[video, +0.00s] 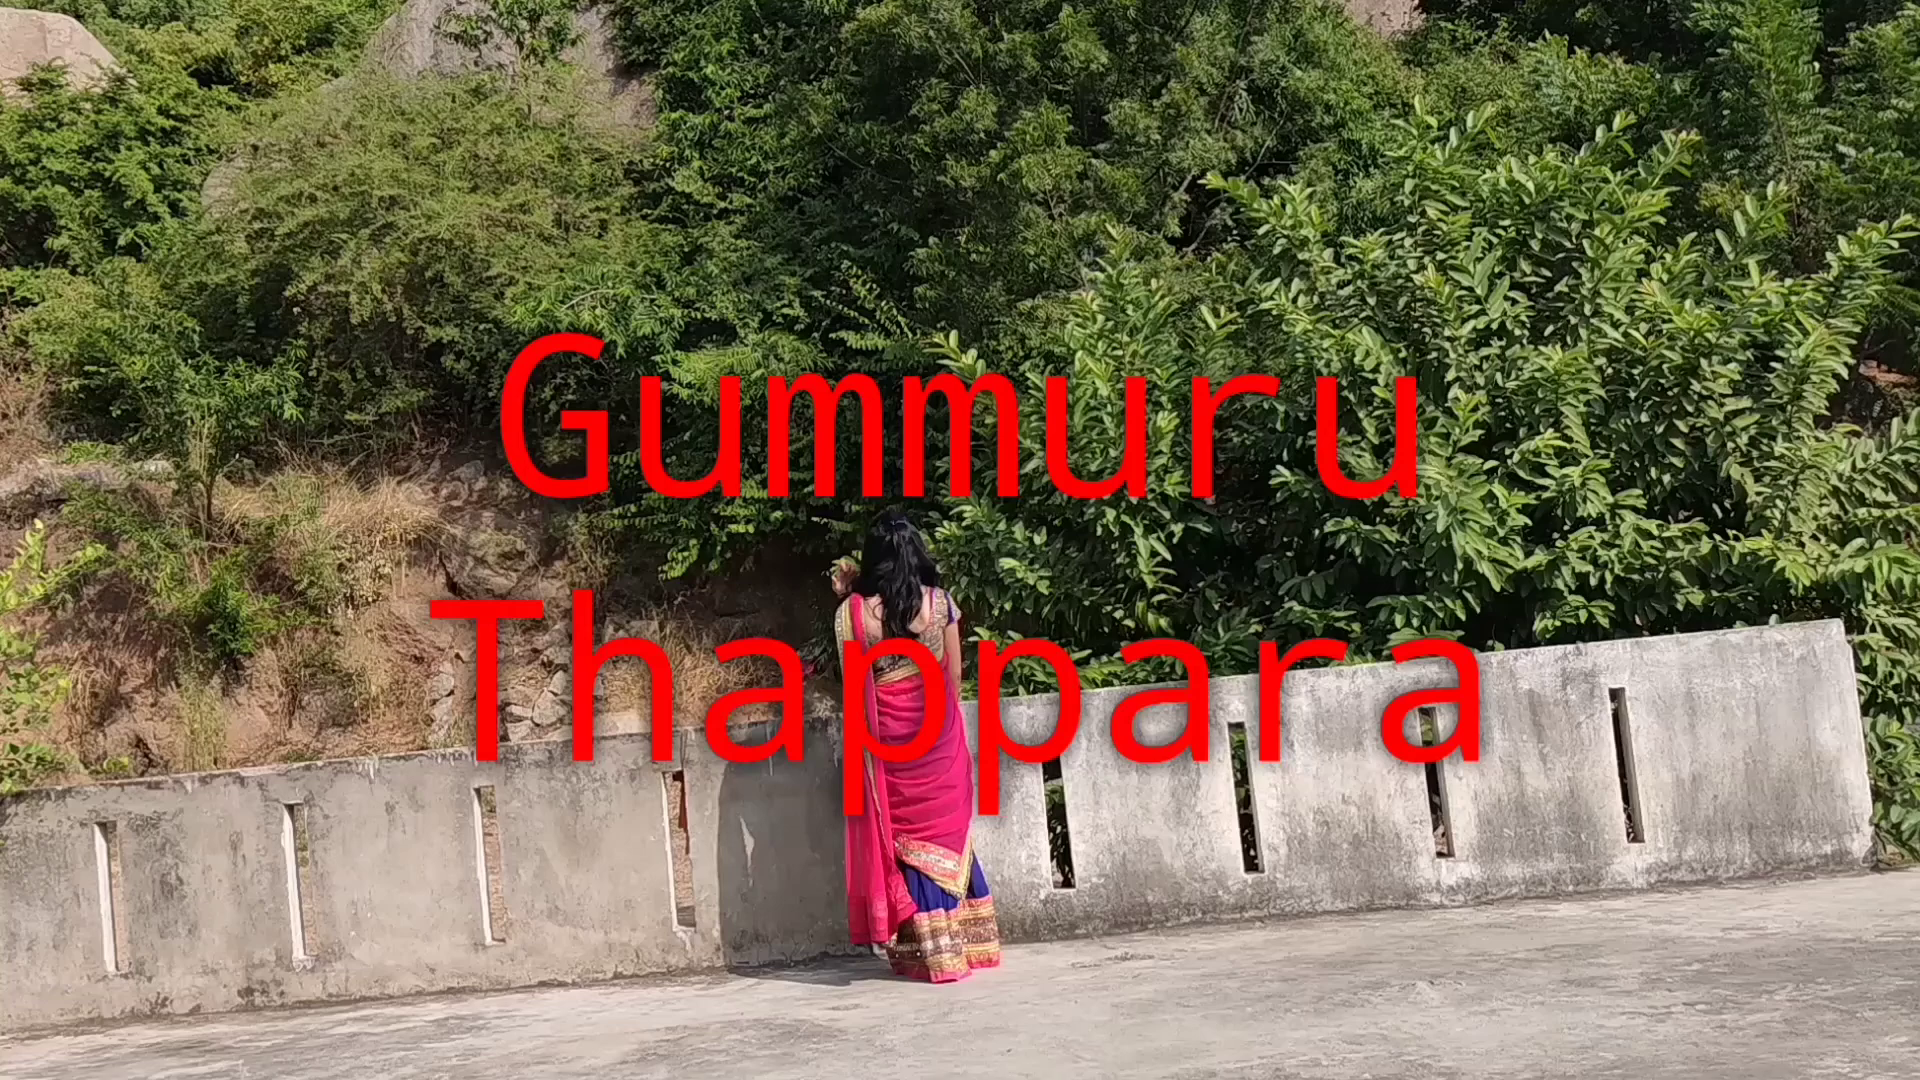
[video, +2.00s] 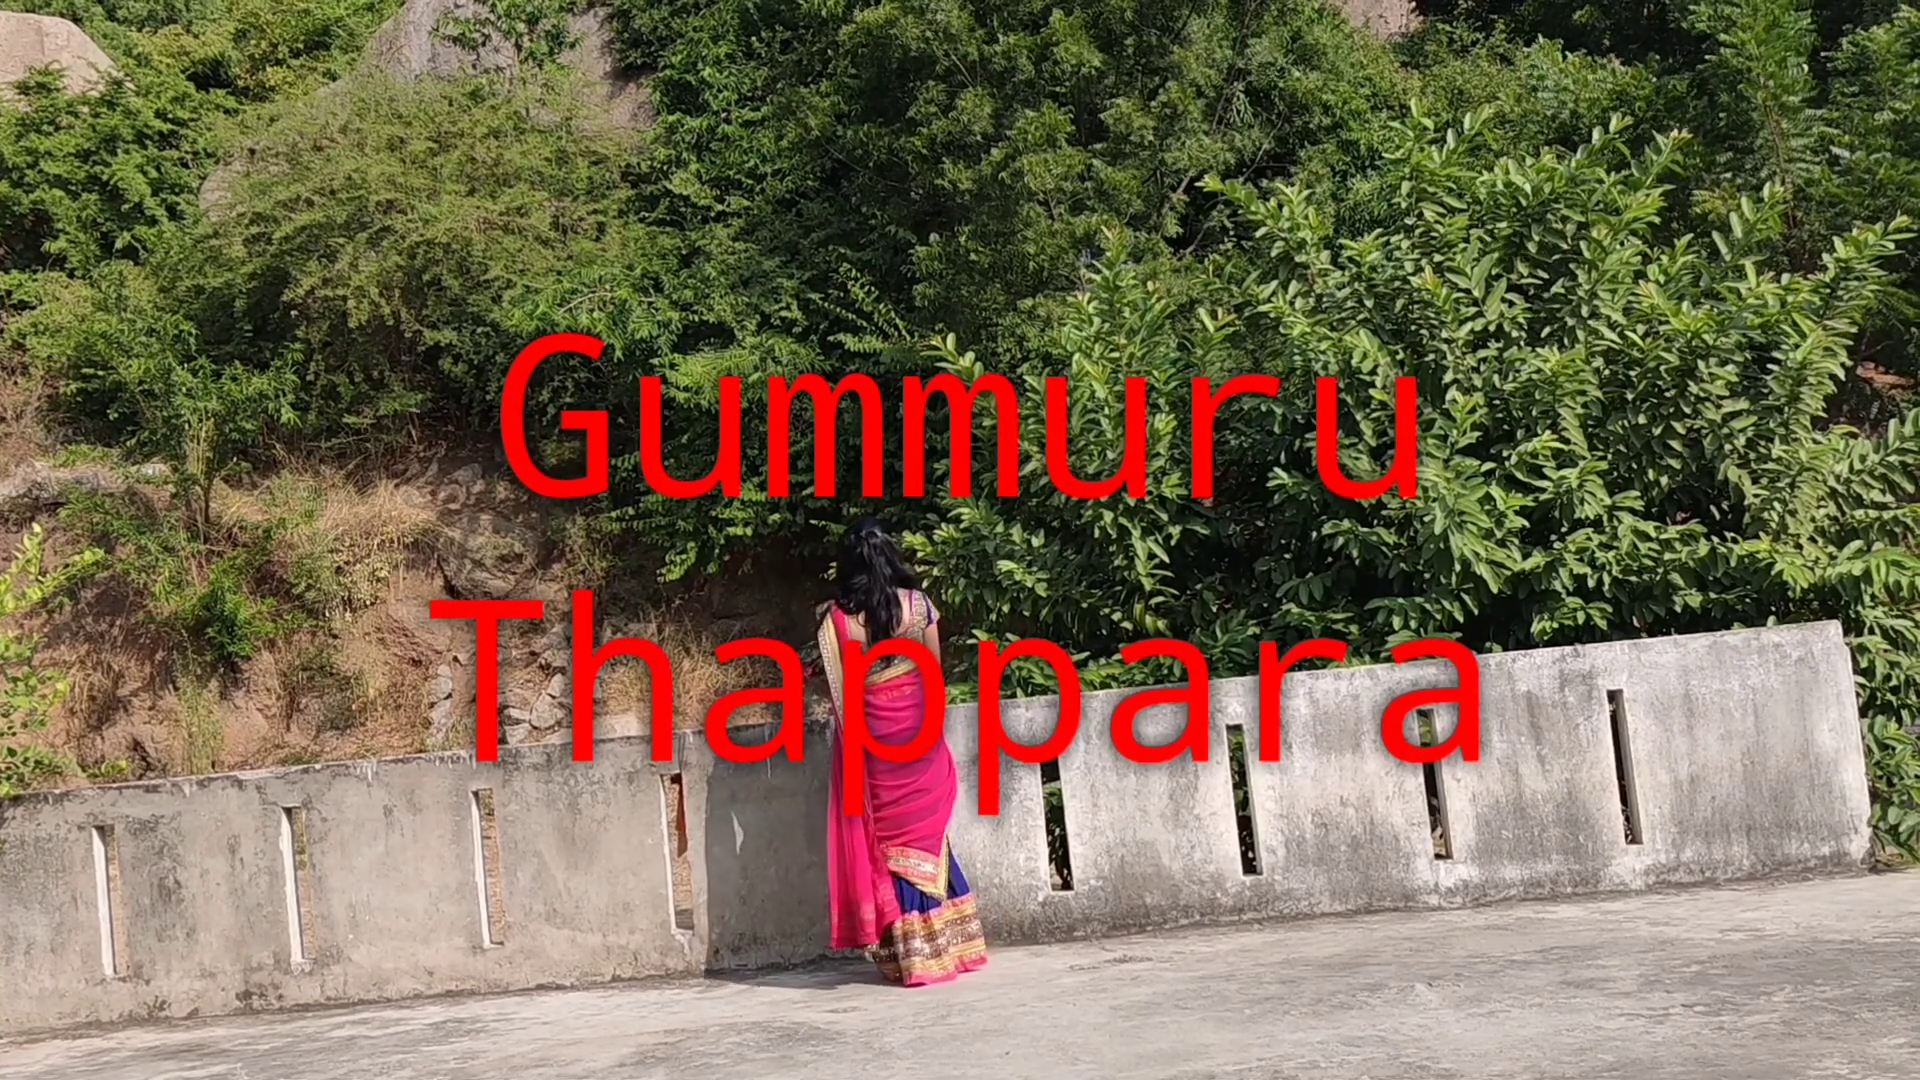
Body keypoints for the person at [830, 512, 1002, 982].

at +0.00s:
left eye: (873, 549)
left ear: (872, 556)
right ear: (919, 553)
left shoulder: (854, 611)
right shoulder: (942, 602)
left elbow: (852, 678)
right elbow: (953, 673)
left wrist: (845, 599)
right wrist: (951, 720)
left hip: (885, 729)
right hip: (937, 725)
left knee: (897, 831)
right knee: (945, 827)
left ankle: (917, 946)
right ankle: (954, 944)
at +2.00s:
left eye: (848, 560)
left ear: (847, 565)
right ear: (892, 560)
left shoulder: (837, 621)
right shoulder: (922, 606)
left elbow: (841, 696)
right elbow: (935, 676)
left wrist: (853, 753)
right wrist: (932, 728)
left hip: (873, 737)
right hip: (922, 729)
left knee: (883, 836)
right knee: (929, 830)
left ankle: (904, 950)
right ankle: (943, 943)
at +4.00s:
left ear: (845, 563)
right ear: (892, 559)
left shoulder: (827, 618)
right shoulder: (919, 608)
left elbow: (829, 692)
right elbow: (935, 676)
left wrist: (838, 747)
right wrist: (935, 730)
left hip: (866, 740)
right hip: (919, 735)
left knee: (877, 838)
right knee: (928, 834)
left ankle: (893, 952)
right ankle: (941, 945)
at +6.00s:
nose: (932, 568)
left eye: (941, 559)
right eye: (924, 559)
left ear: (956, 562)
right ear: (912, 563)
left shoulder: (971, 609)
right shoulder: (897, 609)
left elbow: (1023, 662)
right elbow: (862, 672)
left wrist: (1023, 624)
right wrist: (903, 715)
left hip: (979, 731)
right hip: (930, 737)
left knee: (986, 836)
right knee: (960, 833)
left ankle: (983, 947)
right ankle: (930, 906)